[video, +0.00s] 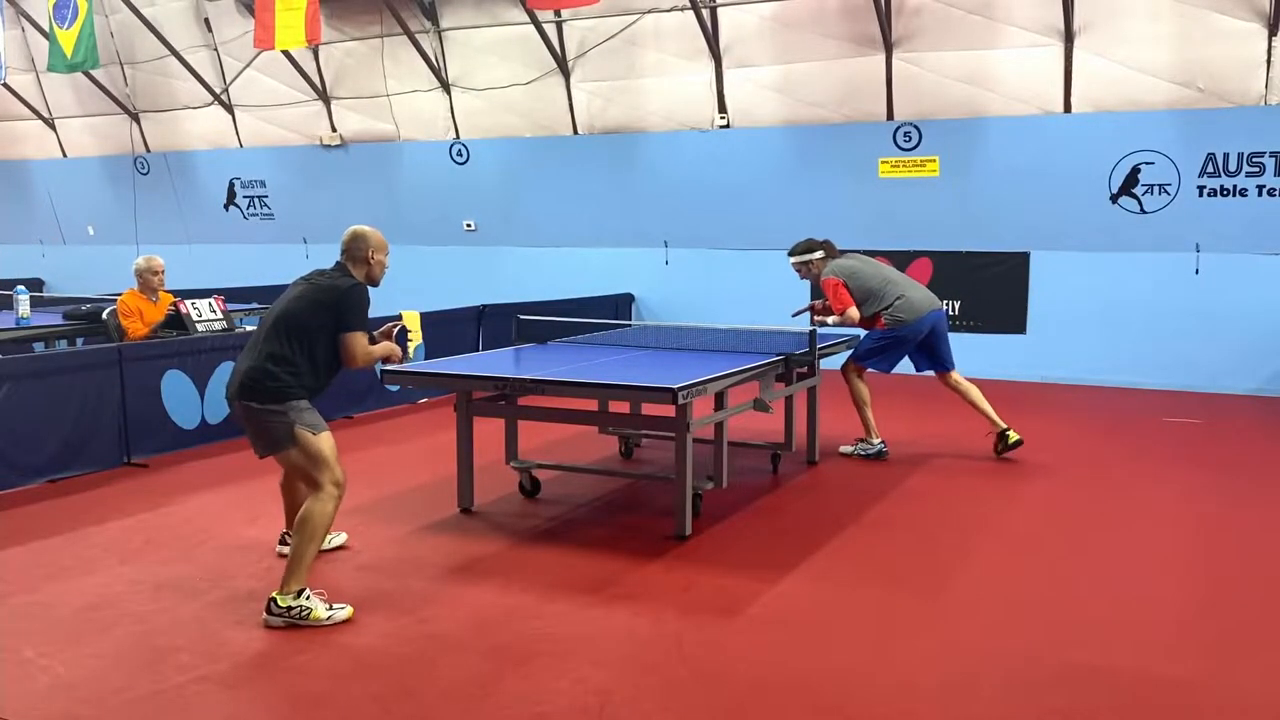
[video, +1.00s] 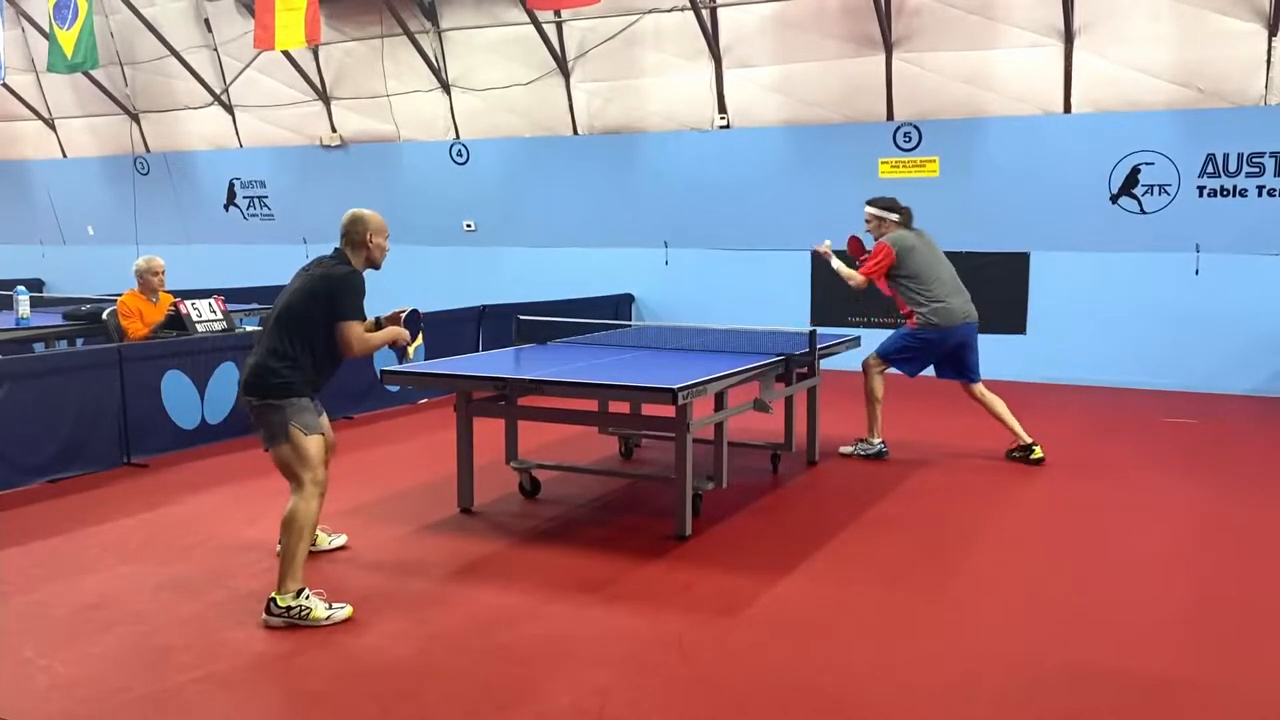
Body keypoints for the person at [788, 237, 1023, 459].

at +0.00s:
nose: (800, 276)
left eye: (800, 269)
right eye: (797, 270)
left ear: (815, 263)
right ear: (823, 257)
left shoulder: (830, 275)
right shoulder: (853, 260)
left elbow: (852, 316)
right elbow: (869, 305)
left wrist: (829, 318)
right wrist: (831, 306)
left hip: (902, 318)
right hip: (933, 309)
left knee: (852, 371)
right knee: (950, 377)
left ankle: (873, 441)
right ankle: (1003, 430)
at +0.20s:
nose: (802, 277)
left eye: (803, 270)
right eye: (800, 272)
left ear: (818, 264)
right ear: (826, 259)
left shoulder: (832, 279)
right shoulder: (855, 263)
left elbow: (854, 320)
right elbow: (872, 305)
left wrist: (830, 320)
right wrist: (833, 308)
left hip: (904, 322)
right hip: (933, 315)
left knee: (848, 372)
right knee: (954, 384)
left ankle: (873, 441)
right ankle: (1014, 433)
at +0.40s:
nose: (808, 275)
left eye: (809, 269)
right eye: (806, 270)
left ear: (824, 264)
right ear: (833, 258)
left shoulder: (838, 279)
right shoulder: (863, 263)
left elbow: (858, 322)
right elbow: (876, 302)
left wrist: (833, 322)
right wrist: (837, 309)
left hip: (906, 329)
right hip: (934, 321)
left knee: (847, 373)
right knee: (956, 389)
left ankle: (873, 441)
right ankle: (1018, 436)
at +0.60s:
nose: (821, 268)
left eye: (822, 262)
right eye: (819, 263)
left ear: (837, 256)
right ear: (845, 252)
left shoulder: (848, 275)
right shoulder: (872, 260)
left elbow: (861, 320)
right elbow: (879, 296)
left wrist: (831, 322)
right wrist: (842, 300)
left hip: (912, 332)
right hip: (940, 325)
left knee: (850, 372)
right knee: (961, 394)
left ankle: (872, 442)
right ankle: (1022, 440)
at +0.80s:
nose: (839, 249)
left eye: (842, 243)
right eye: (838, 243)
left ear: (860, 240)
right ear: (866, 238)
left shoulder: (868, 259)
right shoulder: (896, 249)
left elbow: (858, 309)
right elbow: (894, 292)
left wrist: (827, 316)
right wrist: (858, 285)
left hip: (921, 327)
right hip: (952, 323)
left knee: (858, 367)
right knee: (967, 392)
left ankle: (873, 440)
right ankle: (1025, 441)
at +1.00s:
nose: (867, 227)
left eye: (870, 221)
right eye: (866, 221)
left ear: (888, 222)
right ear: (894, 221)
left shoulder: (888, 244)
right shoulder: (921, 237)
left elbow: (857, 281)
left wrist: (831, 258)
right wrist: (873, 264)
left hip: (933, 321)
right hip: (966, 318)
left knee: (873, 364)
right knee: (976, 387)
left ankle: (873, 440)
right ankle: (1026, 442)